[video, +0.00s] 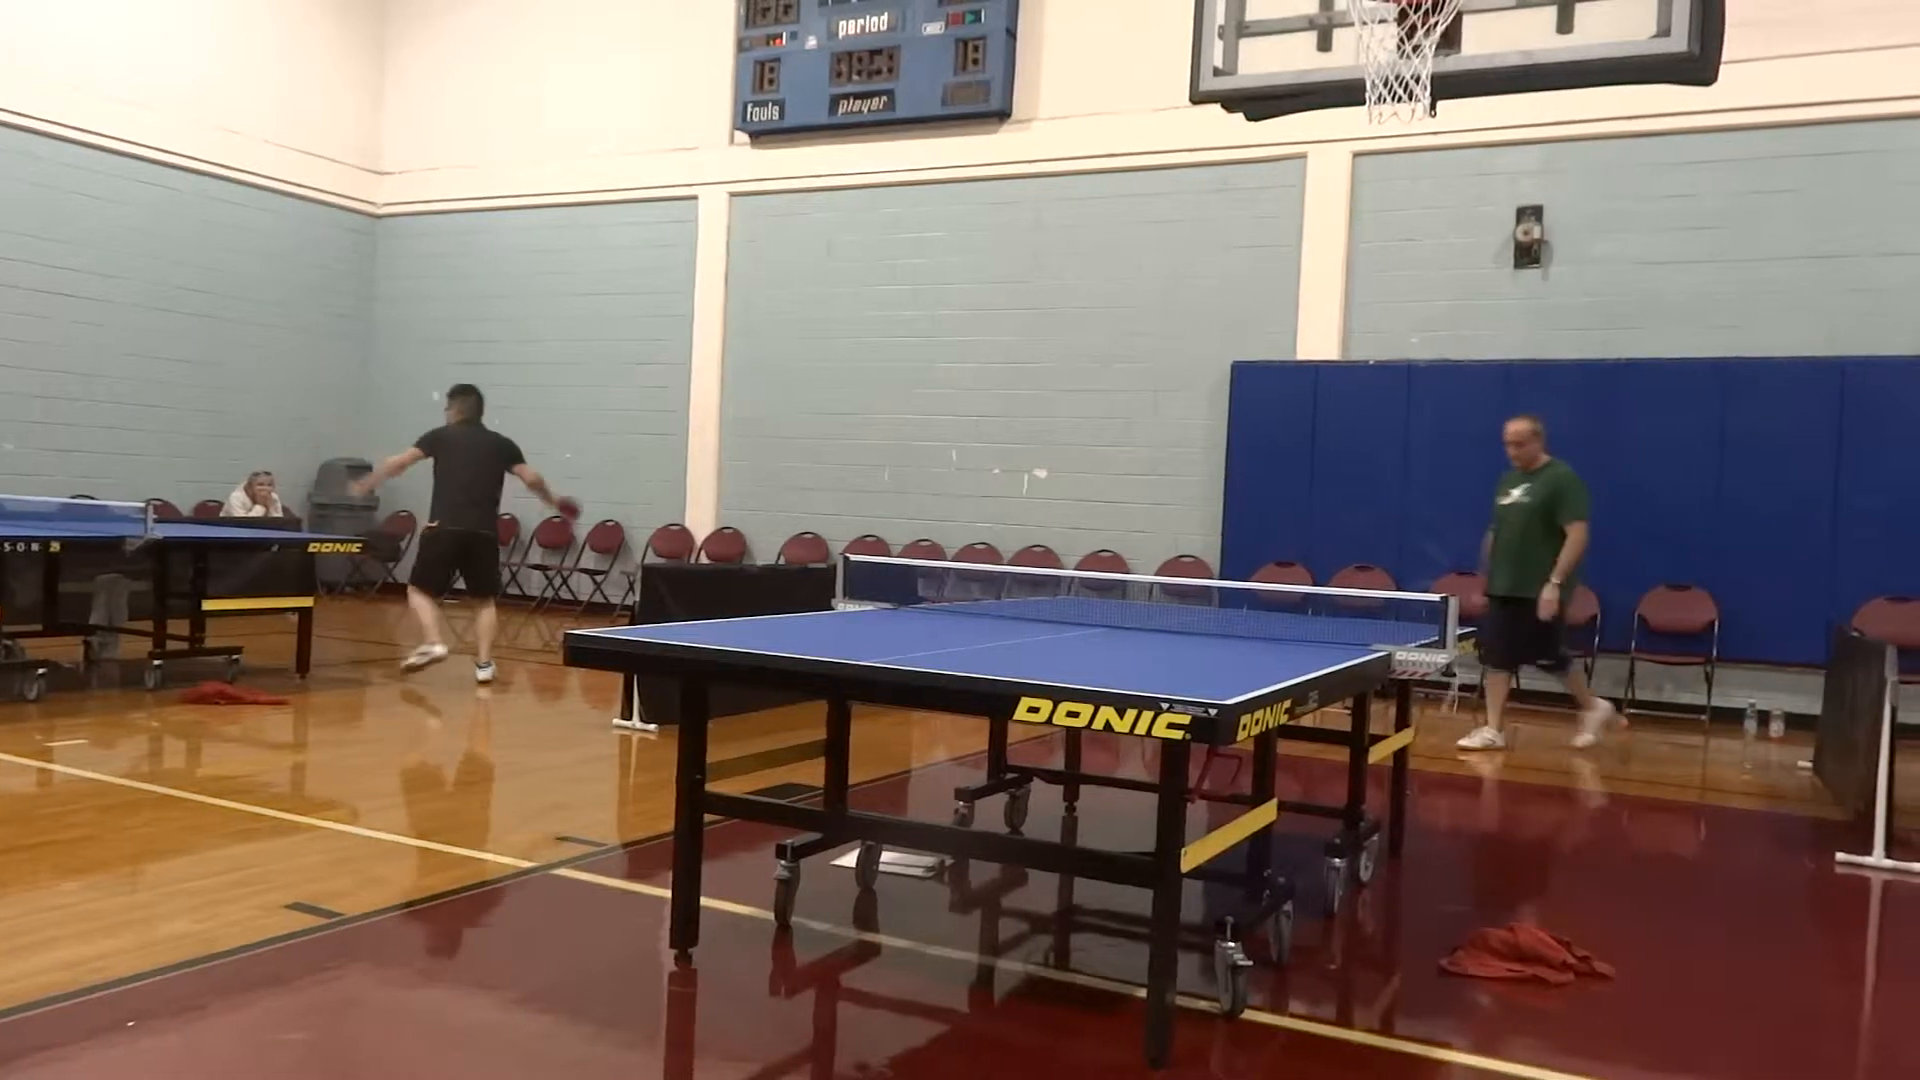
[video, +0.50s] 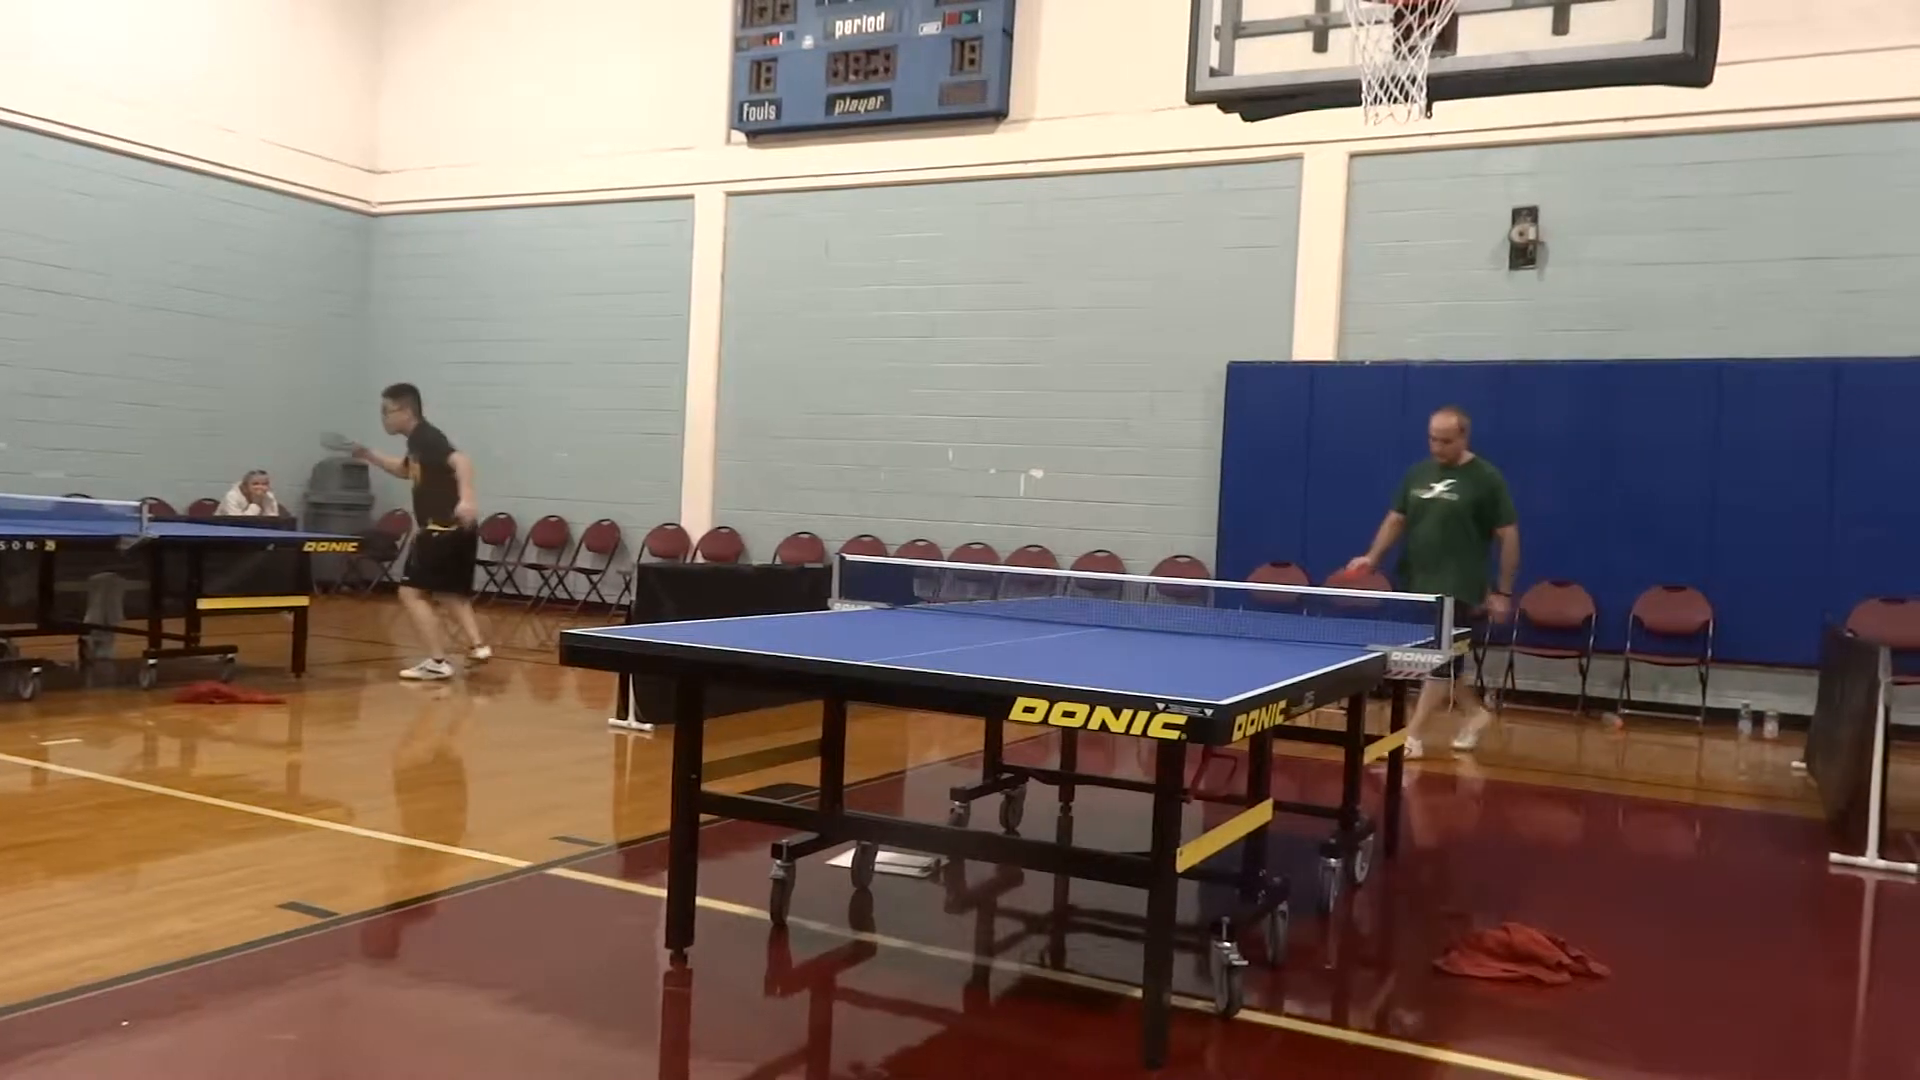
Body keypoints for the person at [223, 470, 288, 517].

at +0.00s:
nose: (265, 489)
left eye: (269, 485)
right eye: (260, 485)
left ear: (273, 488)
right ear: (250, 487)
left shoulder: (273, 498)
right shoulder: (236, 498)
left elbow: (279, 523)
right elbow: (242, 524)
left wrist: (271, 507)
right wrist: (260, 506)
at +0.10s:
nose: (264, 489)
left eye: (267, 485)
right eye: (259, 485)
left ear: (271, 488)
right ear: (249, 486)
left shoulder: (273, 498)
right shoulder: (235, 497)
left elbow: (277, 524)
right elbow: (241, 524)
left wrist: (270, 507)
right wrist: (259, 506)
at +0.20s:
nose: (262, 488)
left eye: (266, 485)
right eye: (257, 484)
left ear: (270, 487)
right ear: (248, 486)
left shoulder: (271, 498)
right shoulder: (234, 498)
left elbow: (275, 522)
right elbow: (239, 524)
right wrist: (258, 505)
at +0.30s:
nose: (262, 488)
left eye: (266, 485)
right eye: (257, 484)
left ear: (270, 487)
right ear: (248, 486)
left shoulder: (271, 498)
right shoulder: (234, 498)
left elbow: (274, 522)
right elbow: (239, 523)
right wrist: (258, 505)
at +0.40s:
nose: (260, 488)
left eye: (265, 484)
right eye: (256, 484)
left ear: (269, 486)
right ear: (247, 486)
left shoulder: (270, 498)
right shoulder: (233, 497)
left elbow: (273, 521)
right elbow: (237, 523)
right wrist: (256, 505)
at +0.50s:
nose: (260, 488)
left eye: (264, 484)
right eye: (255, 484)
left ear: (268, 486)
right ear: (246, 485)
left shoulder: (269, 497)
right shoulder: (232, 497)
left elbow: (273, 521)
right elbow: (238, 523)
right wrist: (256, 504)